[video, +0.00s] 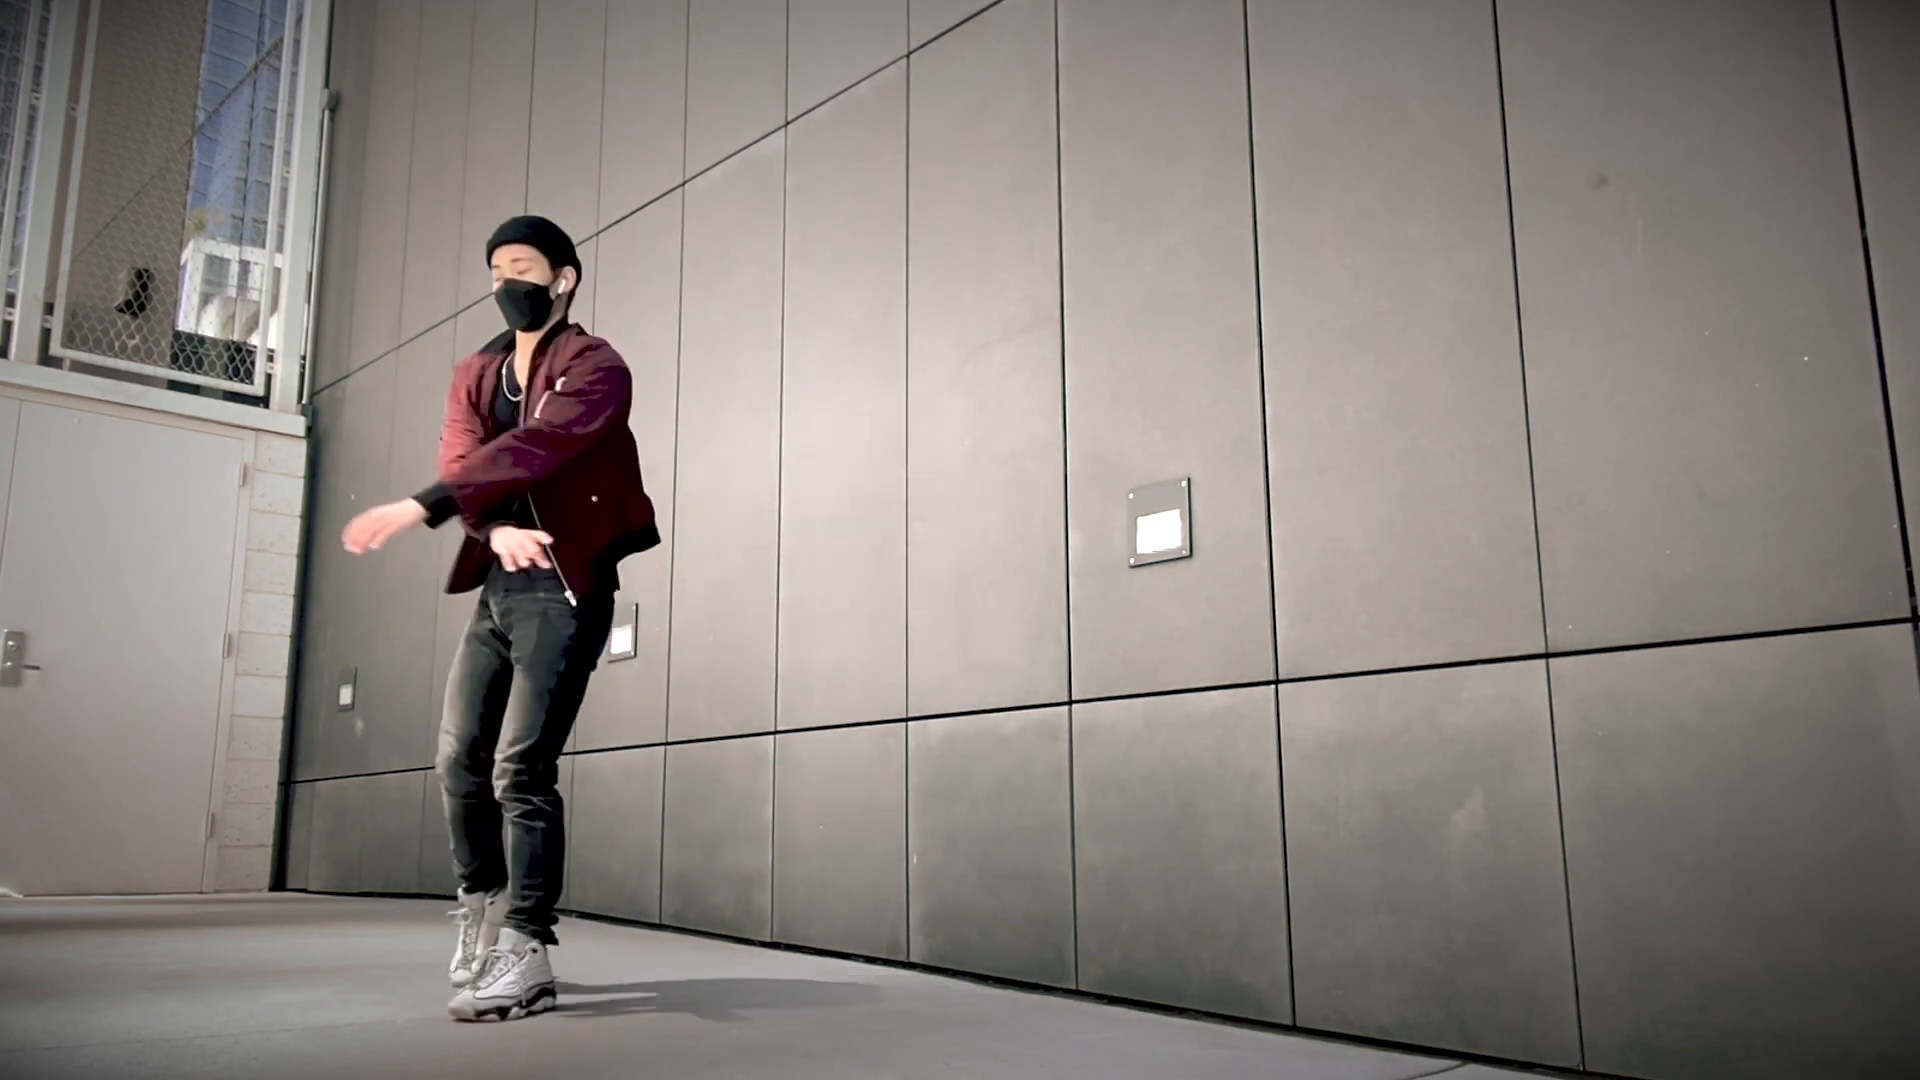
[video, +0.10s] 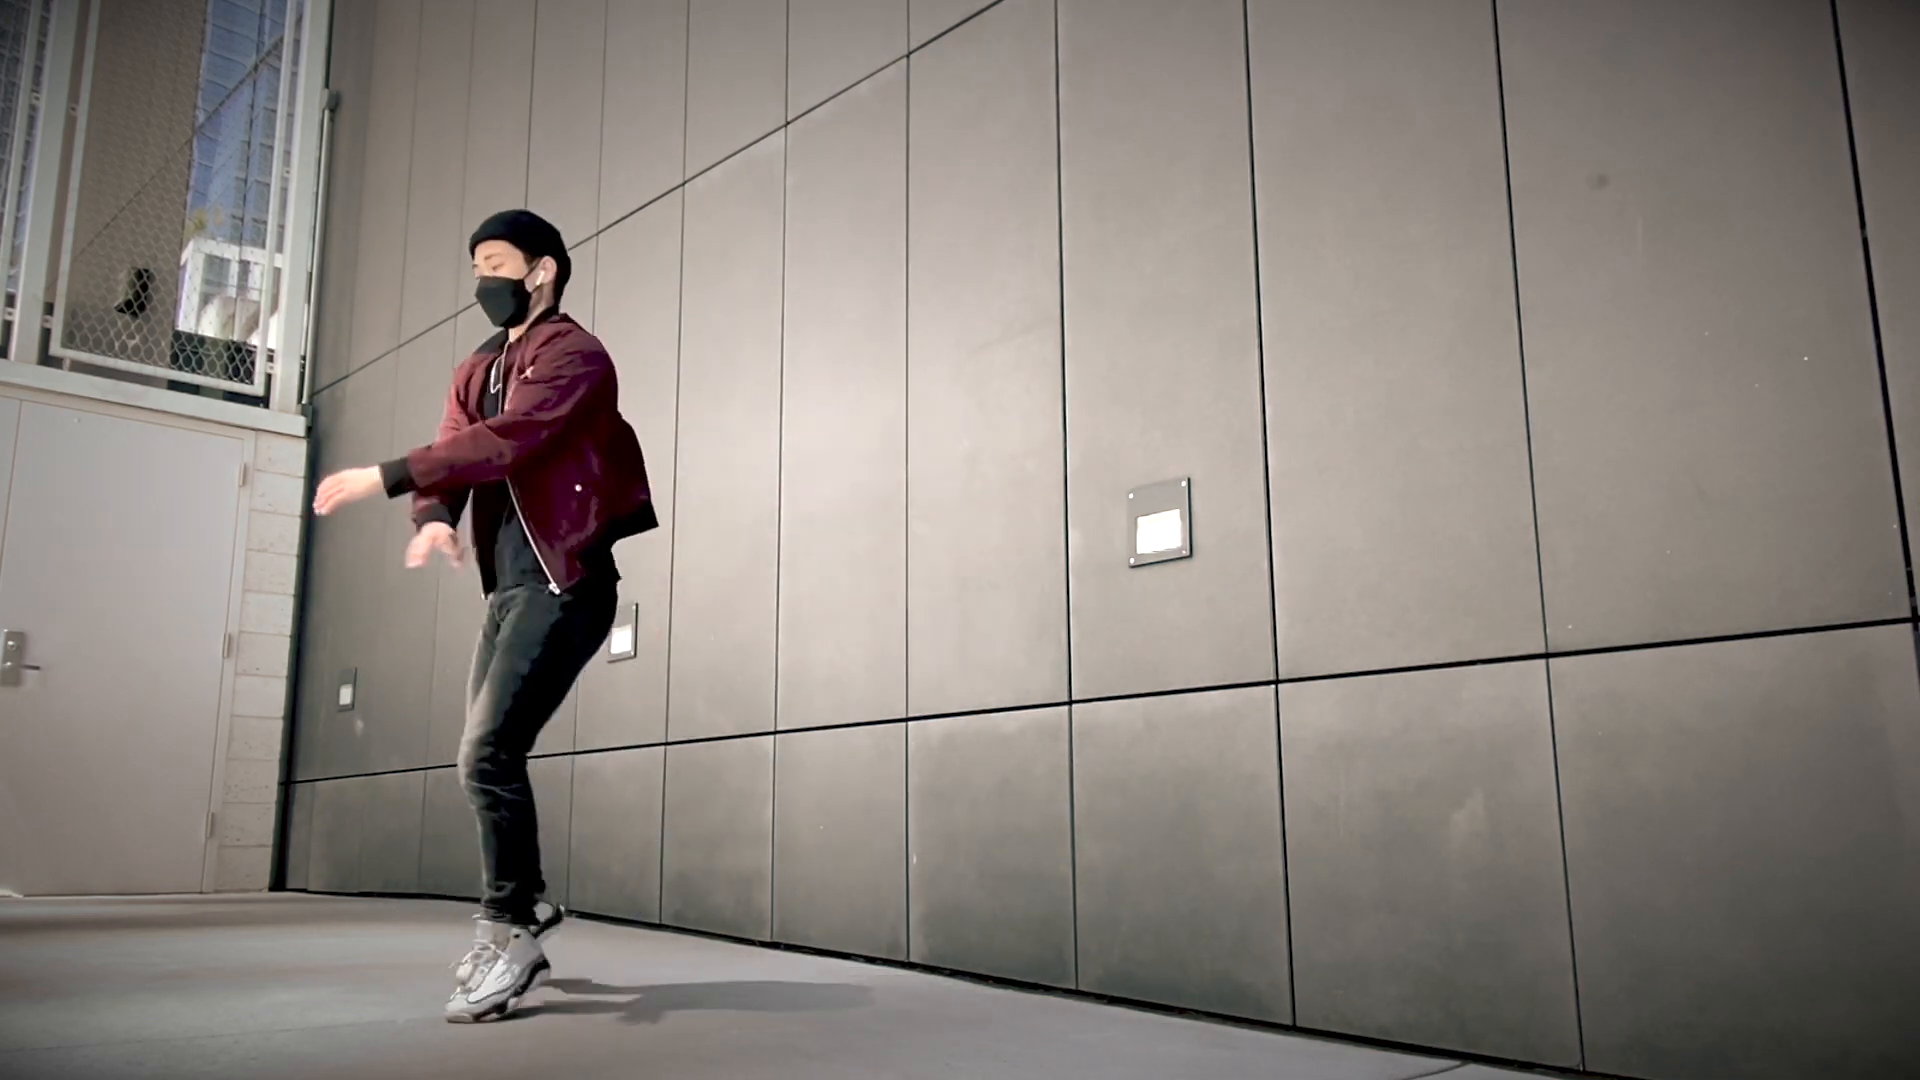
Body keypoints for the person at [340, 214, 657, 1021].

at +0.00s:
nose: (511, 281)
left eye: (527, 267)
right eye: (500, 270)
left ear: (567, 280)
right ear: (491, 286)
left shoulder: (598, 367)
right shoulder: (477, 371)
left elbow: (540, 447)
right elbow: (458, 465)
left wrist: (423, 504)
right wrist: (496, 527)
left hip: (564, 589)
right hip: (496, 586)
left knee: (522, 769)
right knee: (461, 764)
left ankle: (528, 951)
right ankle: (482, 912)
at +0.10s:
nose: (483, 279)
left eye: (497, 264)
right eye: (478, 269)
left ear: (546, 272)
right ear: (479, 282)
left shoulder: (576, 352)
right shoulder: (476, 373)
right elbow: (446, 459)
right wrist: (435, 518)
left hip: (566, 582)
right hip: (507, 586)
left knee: (488, 756)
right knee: (484, 757)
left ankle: (515, 939)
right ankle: (513, 923)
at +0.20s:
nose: (472, 283)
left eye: (483, 268)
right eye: (468, 272)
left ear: (534, 269)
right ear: (502, 278)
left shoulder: (560, 347)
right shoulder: (485, 369)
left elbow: (495, 441)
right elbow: (451, 455)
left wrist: (395, 454)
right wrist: (396, 511)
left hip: (557, 585)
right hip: (526, 585)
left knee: (463, 749)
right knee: (521, 749)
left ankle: (492, 928)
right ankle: (563, 910)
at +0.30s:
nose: (469, 283)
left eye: (480, 268)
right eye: (466, 272)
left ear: (531, 268)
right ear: (511, 274)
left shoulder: (549, 341)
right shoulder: (496, 364)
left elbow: (499, 441)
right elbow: (447, 462)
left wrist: (425, 441)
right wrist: (363, 507)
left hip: (550, 588)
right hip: (549, 587)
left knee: (441, 747)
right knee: (545, 765)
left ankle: (477, 924)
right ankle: (612, 916)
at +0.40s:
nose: (471, 288)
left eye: (482, 273)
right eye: (469, 277)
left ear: (531, 271)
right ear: (516, 281)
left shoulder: (549, 340)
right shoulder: (497, 366)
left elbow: (512, 441)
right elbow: (443, 464)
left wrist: (447, 444)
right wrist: (355, 498)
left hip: (550, 592)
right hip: (565, 592)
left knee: (425, 747)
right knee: (565, 773)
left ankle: (474, 921)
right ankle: (654, 918)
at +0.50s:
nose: (475, 289)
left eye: (485, 273)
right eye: (474, 276)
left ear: (533, 274)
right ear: (526, 279)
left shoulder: (553, 338)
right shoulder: (512, 362)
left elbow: (537, 424)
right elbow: (452, 455)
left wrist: (472, 456)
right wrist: (362, 489)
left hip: (552, 593)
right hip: (576, 595)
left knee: (421, 747)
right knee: (572, 776)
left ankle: (474, 922)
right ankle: (679, 917)